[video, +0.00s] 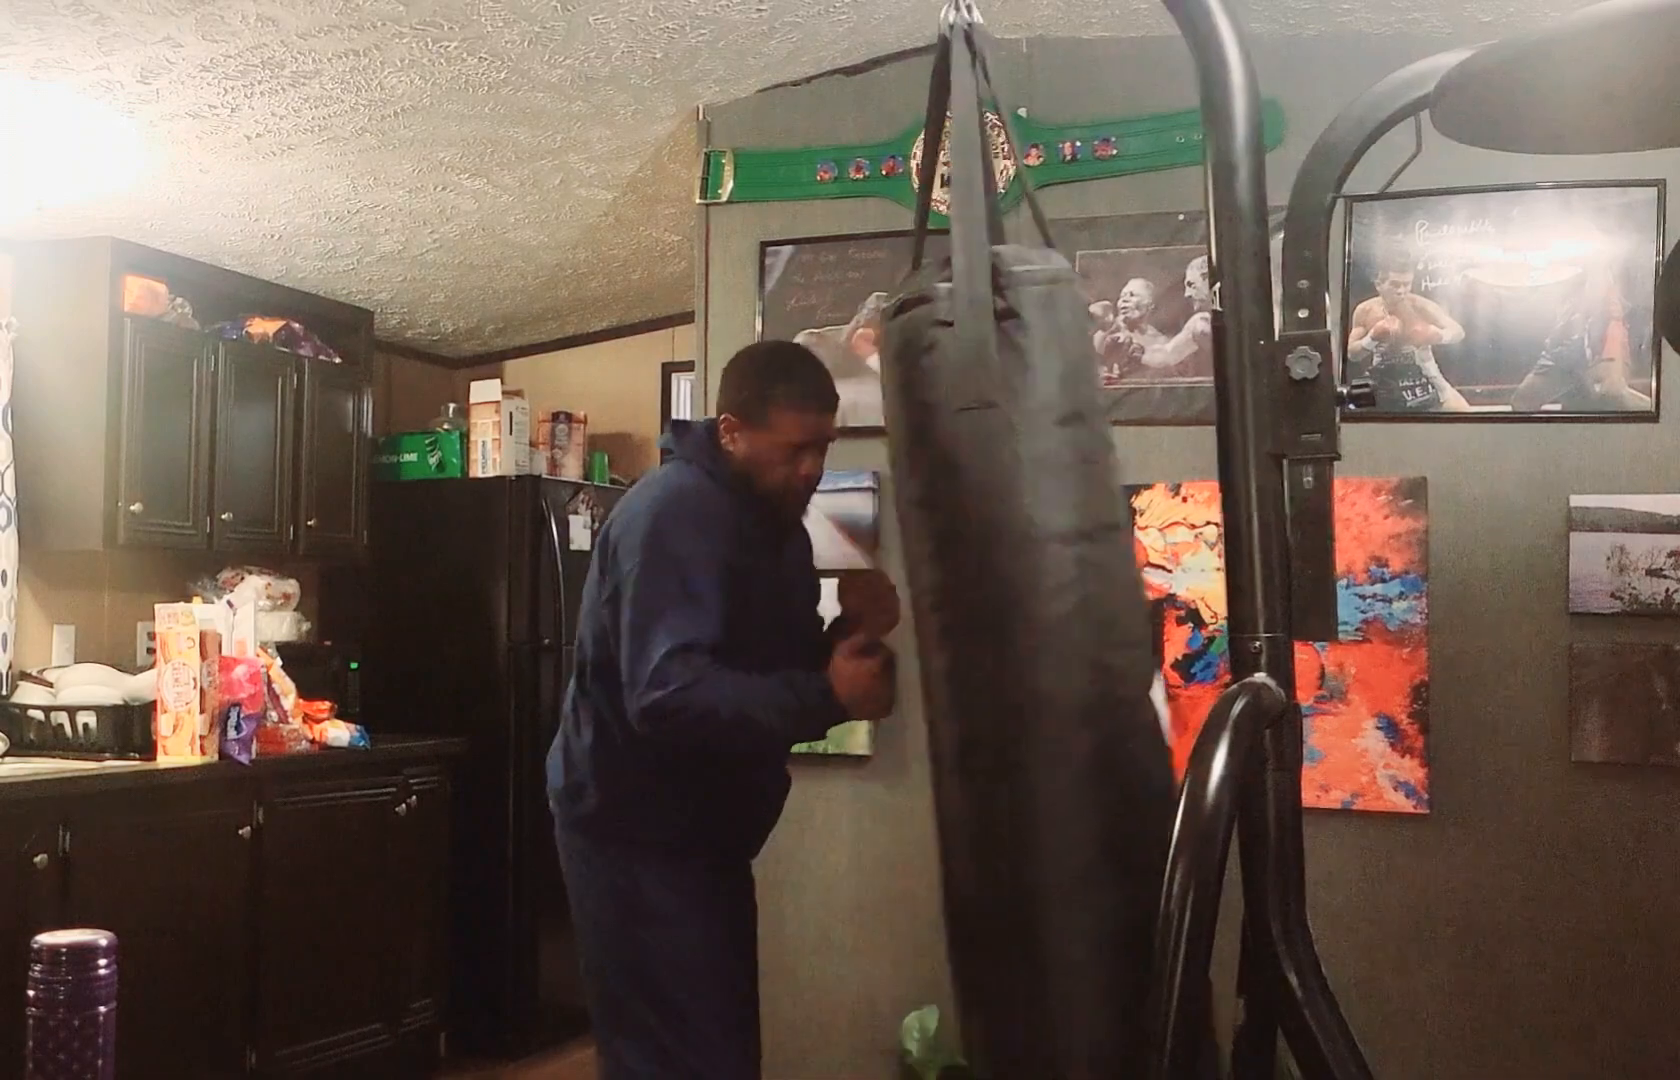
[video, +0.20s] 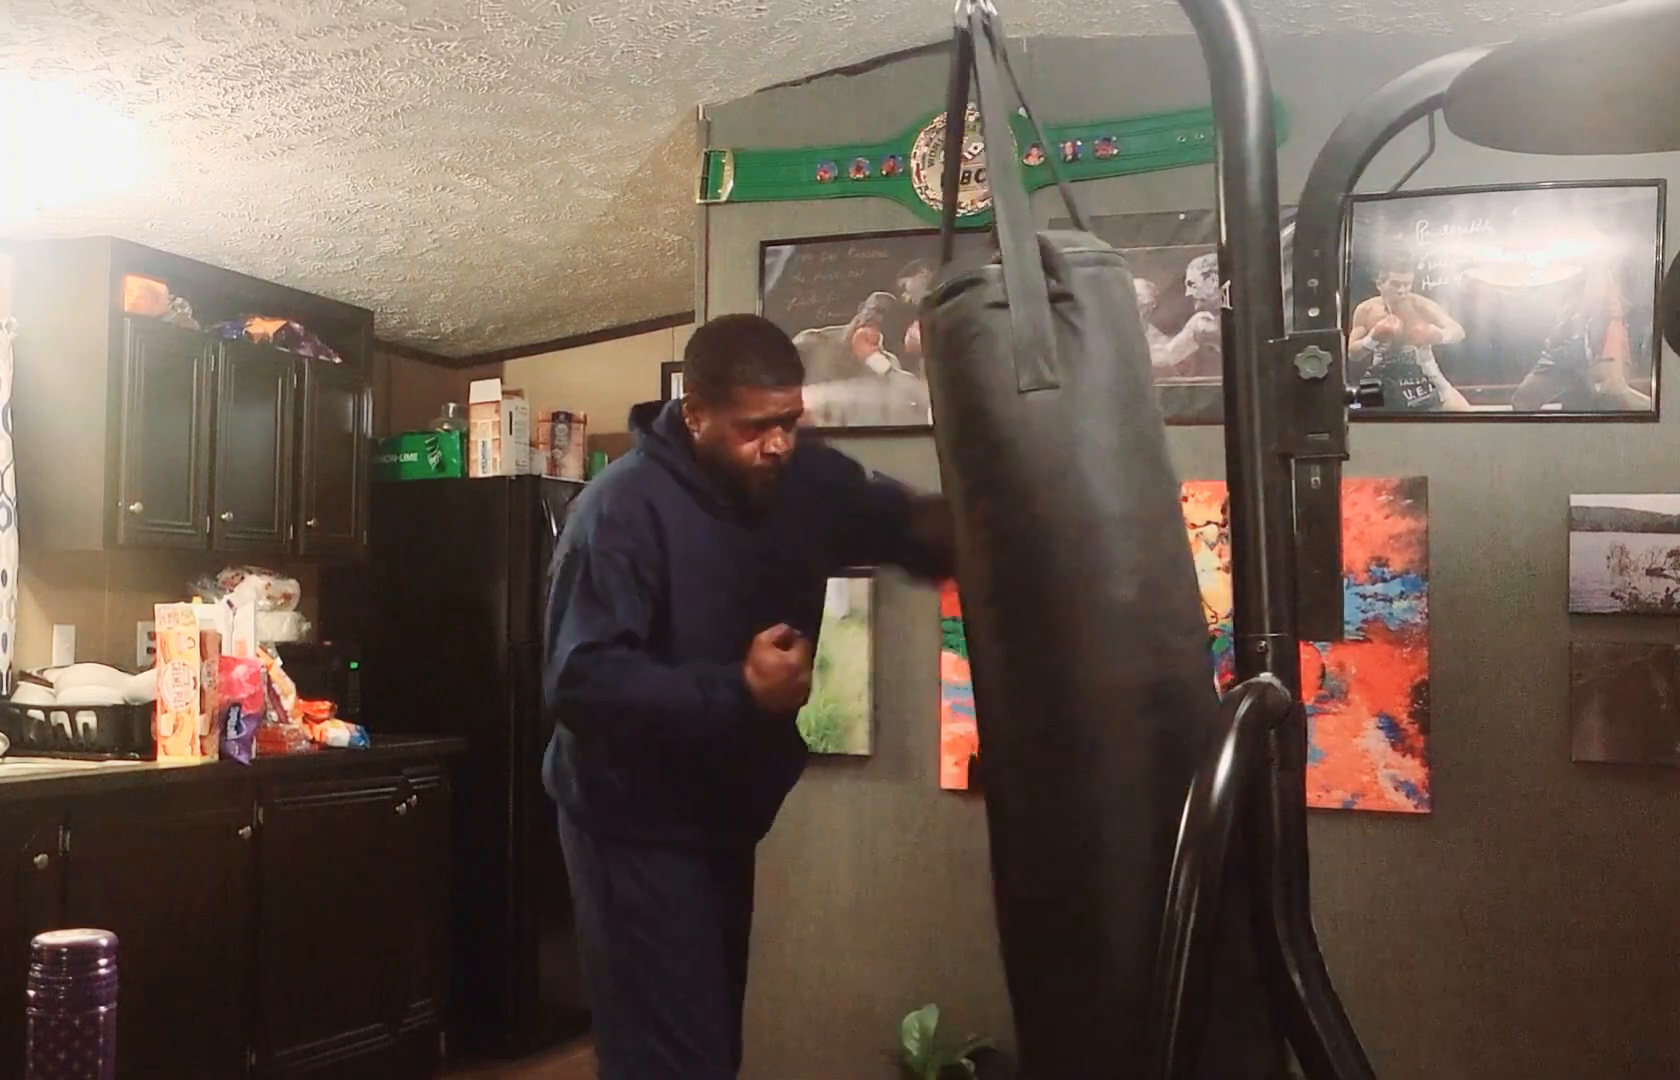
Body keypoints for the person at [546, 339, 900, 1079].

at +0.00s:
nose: (815, 469)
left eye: (822, 448)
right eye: (798, 450)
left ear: (830, 432)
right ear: (733, 432)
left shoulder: (770, 510)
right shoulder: (676, 506)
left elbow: (784, 667)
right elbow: (663, 692)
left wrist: (847, 633)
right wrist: (828, 697)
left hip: (707, 829)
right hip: (637, 835)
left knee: (726, 1049)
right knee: (675, 1052)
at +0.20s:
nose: (778, 445)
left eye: (788, 422)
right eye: (756, 428)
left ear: (801, 407)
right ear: (694, 414)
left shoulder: (808, 479)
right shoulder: (621, 509)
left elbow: (908, 526)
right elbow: (581, 679)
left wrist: (957, 534)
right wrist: (741, 689)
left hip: (728, 804)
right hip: (629, 810)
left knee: (710, 1039)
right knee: (669, 1047)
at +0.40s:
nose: (772, 449)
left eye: (781, 426)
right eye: (751, 433)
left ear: (792, 404)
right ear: (686, 412)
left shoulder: (795, 472)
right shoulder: (612, 498)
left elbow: (906, 532)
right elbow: (571, 676)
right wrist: (727, 684)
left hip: (728, 811)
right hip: (629, 817)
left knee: (722, 1040)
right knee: (650, 1046)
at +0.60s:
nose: (763, 536)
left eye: (776, 515)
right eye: (741, 519)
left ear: (793, 476)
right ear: (693, 479)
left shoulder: (812, 511)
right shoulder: (614, 527)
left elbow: (857, 666)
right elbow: (543, 695)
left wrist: (857, 642)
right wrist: (692, 690)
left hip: (720, 808)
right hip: (608, 814)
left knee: (742, 1036)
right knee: (643, 1038)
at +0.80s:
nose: (677, 604)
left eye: (691, 584)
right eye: (655, 588)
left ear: (723, 543)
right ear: (622, 560)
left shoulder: (792, 558)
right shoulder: (567, 592)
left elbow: (845, 723)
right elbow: (522, 751)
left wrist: (774, 696)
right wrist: (630, 736)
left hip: (728, 833)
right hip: (607, 849)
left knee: (752, 1031)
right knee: (637, 1044)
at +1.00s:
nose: (597, 630)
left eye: (615, 606)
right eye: (573, 615)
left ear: (651, 550)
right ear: (541, 583)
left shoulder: (746, 568)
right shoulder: (504, 630)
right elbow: (468, 783)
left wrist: (722, 632)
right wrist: (556, 781)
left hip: (720, 873)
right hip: (586, 892)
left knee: (715, 1055)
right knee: (596, 1060)